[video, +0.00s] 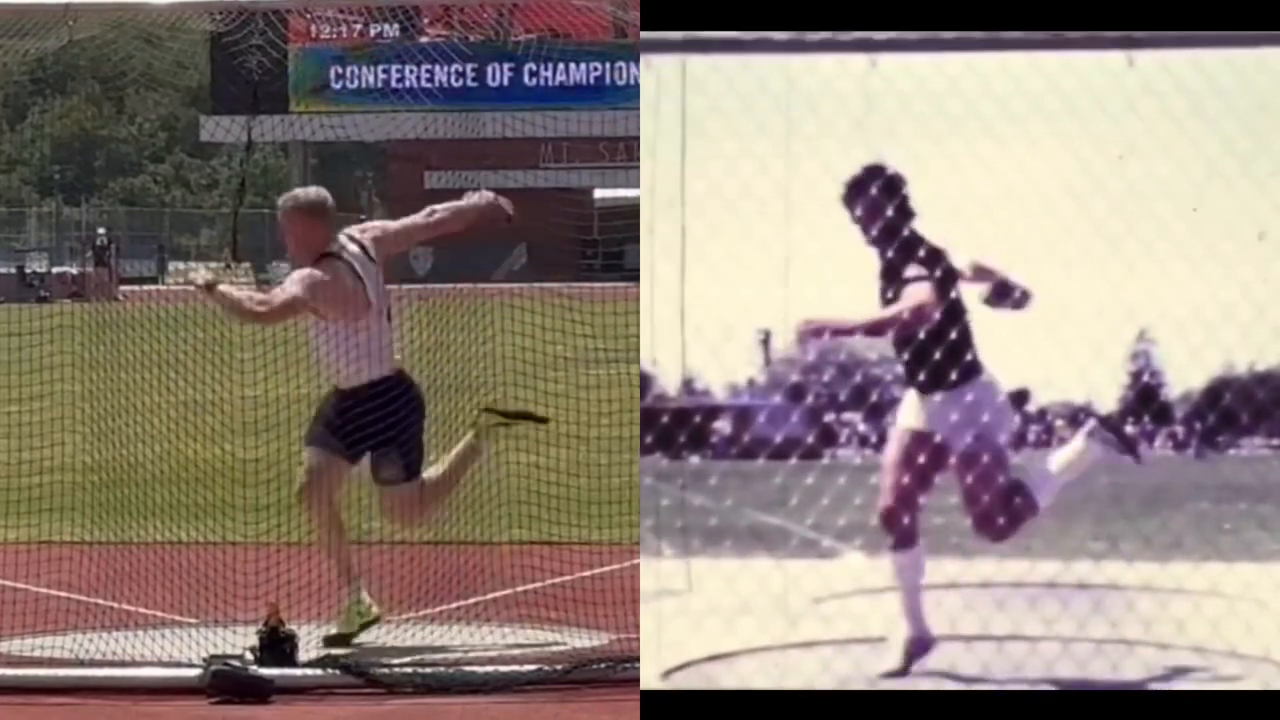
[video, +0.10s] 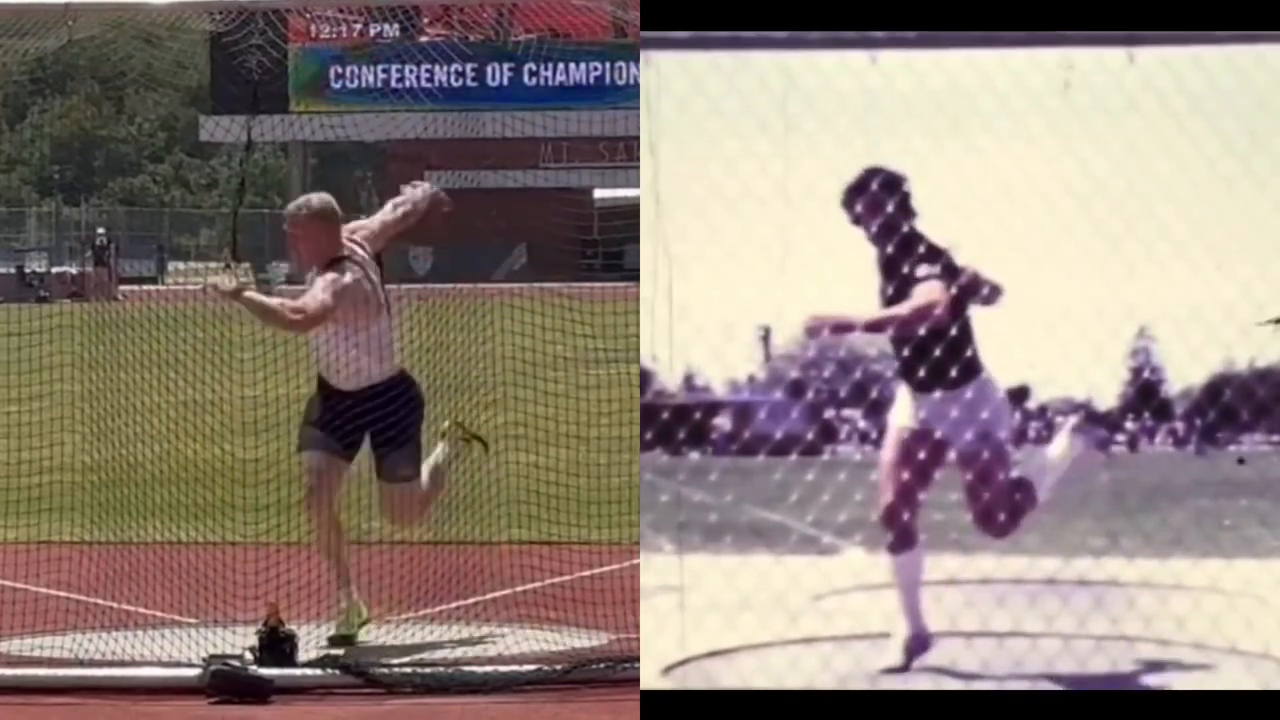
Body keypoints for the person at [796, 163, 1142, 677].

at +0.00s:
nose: (863, 226)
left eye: (869, 214)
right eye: (857, 217)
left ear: (893, 207)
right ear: (860, 218)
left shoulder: (916, 256)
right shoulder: (900, 256)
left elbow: (919, 310)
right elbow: (968, 270)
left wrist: (841, 329)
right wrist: (1006, 284)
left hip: (969, 401)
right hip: (924, 402)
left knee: (996, 522)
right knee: (895, 513)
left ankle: (1089, 445)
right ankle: (916, 632)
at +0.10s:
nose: (865, 228)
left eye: (869, 215)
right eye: (859, 219)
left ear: (895, 205)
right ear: (864, 220)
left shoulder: (924, 255)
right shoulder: (895, 257)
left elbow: (933, 304)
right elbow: (978, 287)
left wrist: (854, 324)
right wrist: (973, 292)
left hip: (968, 400)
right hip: (917, 401)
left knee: (997, 519)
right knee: (895, 512)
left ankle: (1065, 446)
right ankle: (914, 630)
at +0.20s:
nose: (873, 239)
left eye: (877, 226)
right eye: (867, 230)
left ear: (901, 218)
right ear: (868, 229)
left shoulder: (935, 263)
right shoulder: (876, 271)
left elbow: (959, 307)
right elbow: (900, 320)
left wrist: (883, 323)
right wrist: (867, 326)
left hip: (964, 399)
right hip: (908, 401)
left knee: (1000, 518)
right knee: (899, 522)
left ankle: (1029, 462)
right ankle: (904, 635)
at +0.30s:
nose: (895, 256)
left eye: (901, 244)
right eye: (884, 247)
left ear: (913, 239)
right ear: (869, 249)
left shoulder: (939, 275)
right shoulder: (867, 289)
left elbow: (993, 306)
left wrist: (933, 329)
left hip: (962, 410)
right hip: (904, 414)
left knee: (1000, 522)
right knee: (910, 529)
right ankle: (892, 635)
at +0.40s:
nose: (902, 251)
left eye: (907, 239)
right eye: (892, 242)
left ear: (916, 237)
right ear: (873, 246)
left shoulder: (941, 274)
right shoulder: (866, 282)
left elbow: (1009, 296)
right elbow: (838, 296)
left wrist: (967, 322)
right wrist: (822, 306)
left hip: (960, 407)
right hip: (903, 412)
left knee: (994, 512)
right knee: (916, 529)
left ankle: (946, 531)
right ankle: (886, 628)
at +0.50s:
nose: (904, 267)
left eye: (908, 255)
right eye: (895, 258)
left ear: (921, 248)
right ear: (880, 259)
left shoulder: (953, 279)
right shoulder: (868, 293)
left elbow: (1024, 278)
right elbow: (822, 303)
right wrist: (782, 305)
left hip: (957, 414)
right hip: (905, 419)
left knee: (975, 508)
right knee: (929, 528)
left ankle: (924, 567)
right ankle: (879, 628)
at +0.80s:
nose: (952, 254)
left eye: (949, 247)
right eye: (945, 249)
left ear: (924, 255)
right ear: (929, 256)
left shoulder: (953, 272)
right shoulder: (899, 304)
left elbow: (984, 267)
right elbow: (832, 347)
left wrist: (1032, 282)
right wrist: (764, 377)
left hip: (927, 411)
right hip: (912, 416)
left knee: (923, 521)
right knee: (964, 529)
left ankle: (886, 618)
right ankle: (882, 620)